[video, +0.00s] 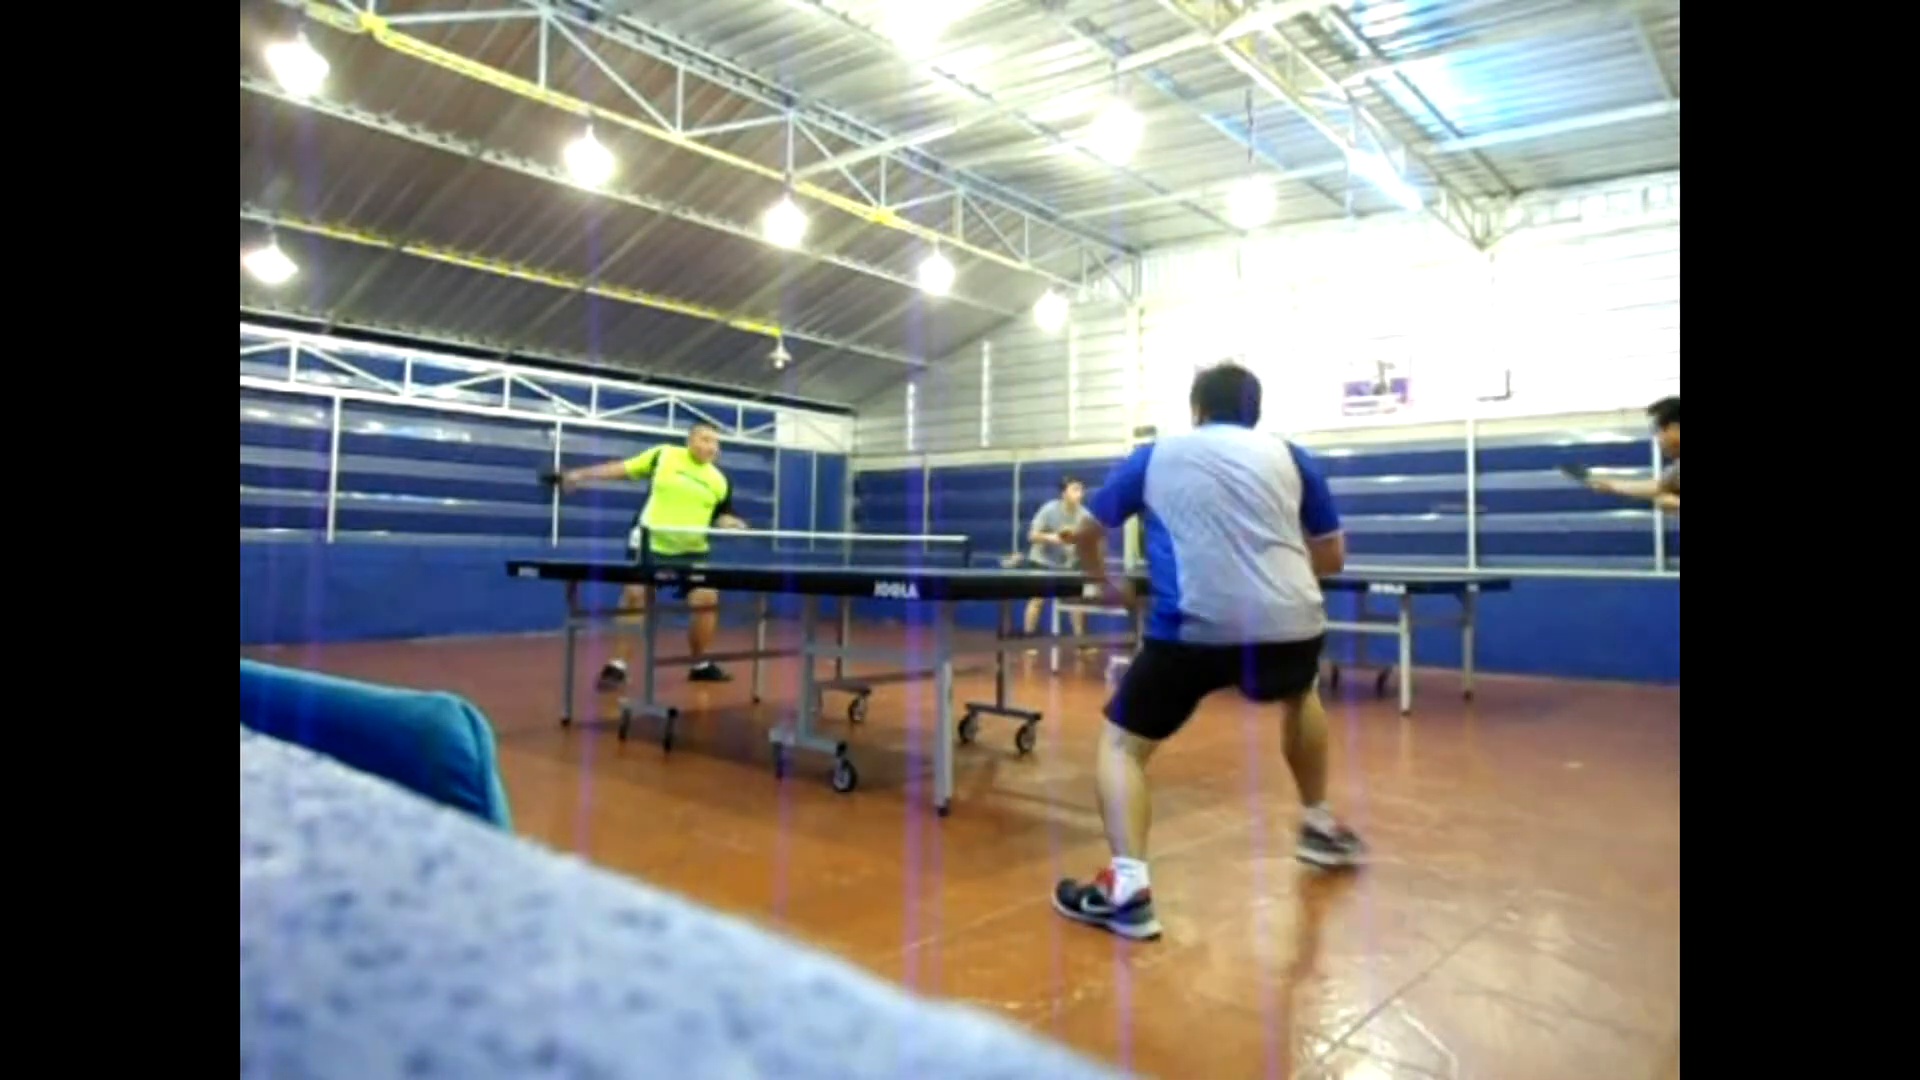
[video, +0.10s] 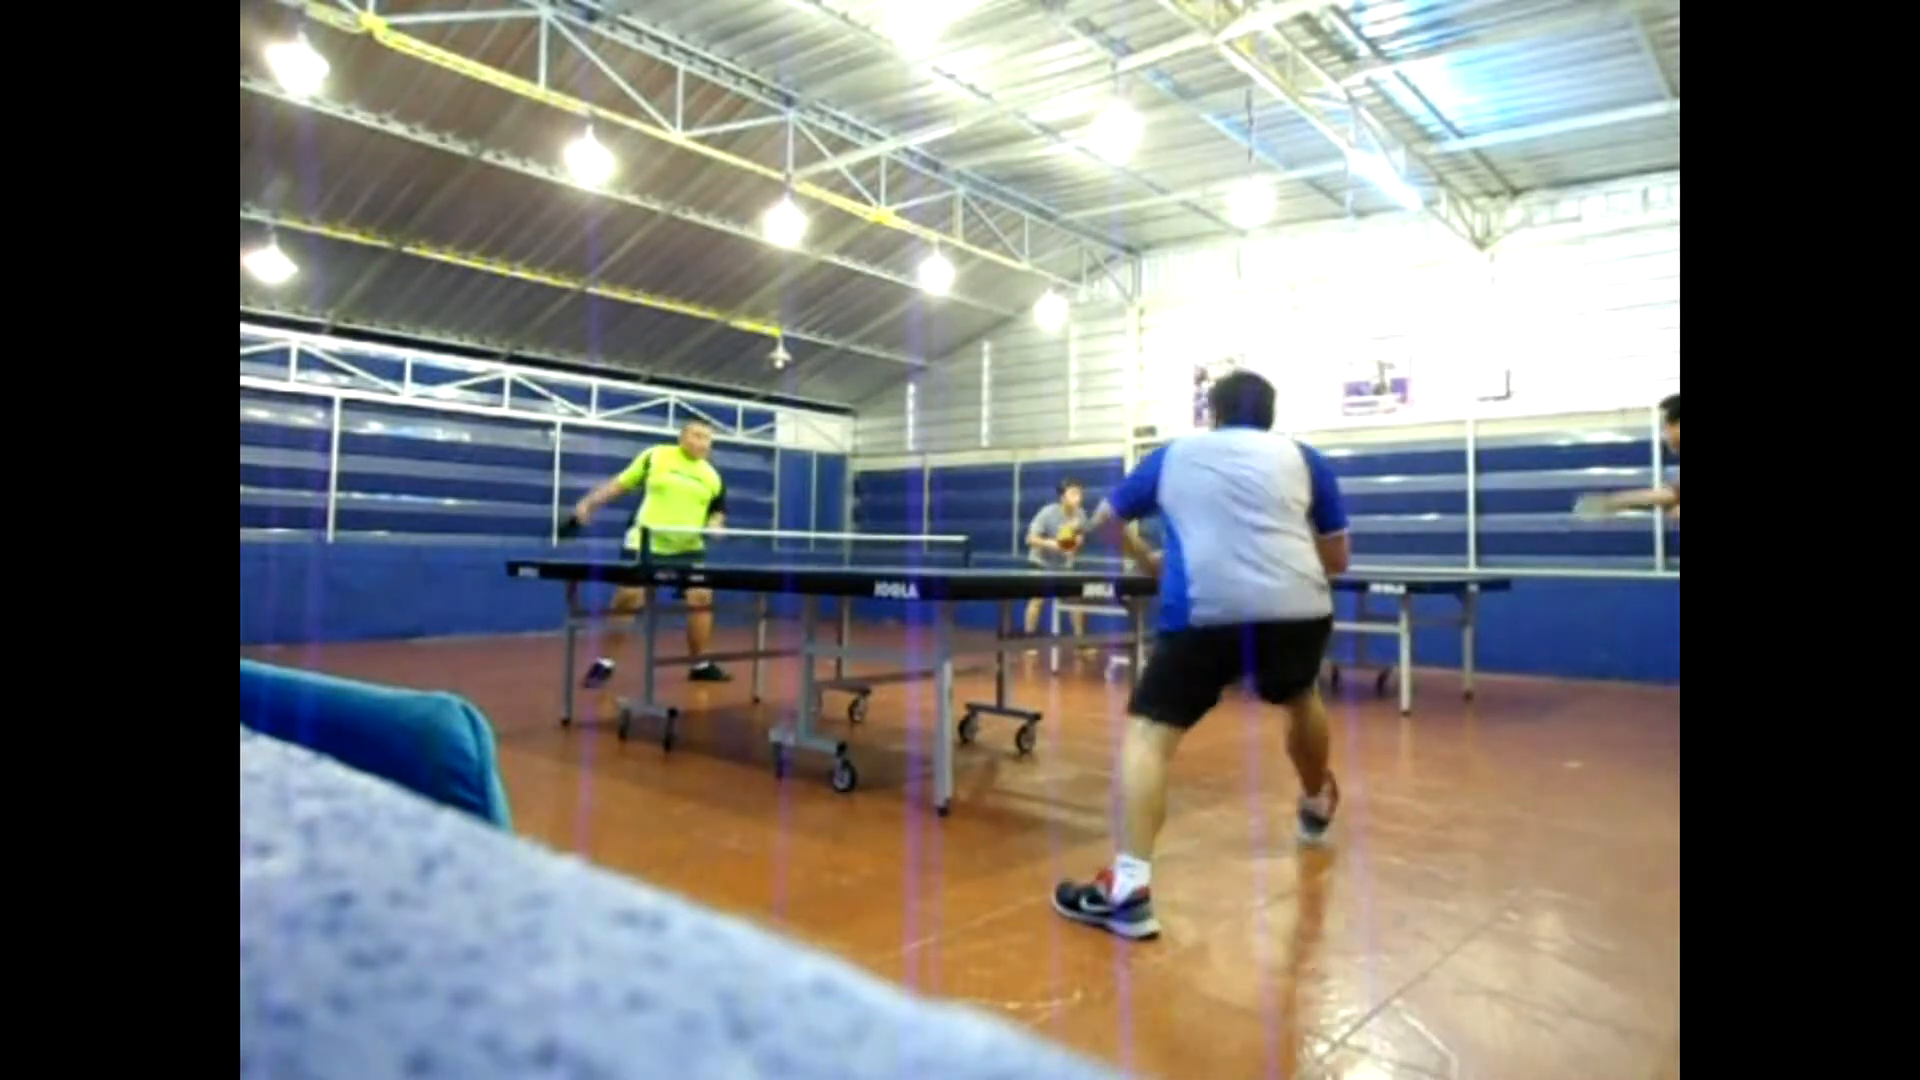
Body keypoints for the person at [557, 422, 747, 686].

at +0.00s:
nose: (710, 447)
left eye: (714, 442)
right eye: (704, 440)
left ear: (717, 448)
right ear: (690, 440)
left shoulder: (719, 481)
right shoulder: (664, 456)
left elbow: (721, 516)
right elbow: (621, 469)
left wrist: (733, 523)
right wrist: (577, 476)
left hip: (693, 548)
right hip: (651, 542)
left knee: (706, 600)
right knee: (634, 598)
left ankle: (701, 662)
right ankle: (618, 663)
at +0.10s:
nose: (699, 442)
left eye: (705, 438)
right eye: (695, 435)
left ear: (710, 444)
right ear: (682, 436)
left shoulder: (712, 478)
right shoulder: (656, 457)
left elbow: (717, 511)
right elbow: (620, 484)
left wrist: (715, 525)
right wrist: (588, 503)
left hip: (689, 545)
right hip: (647, 541)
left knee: (701, 599)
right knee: (627, 600)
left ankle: (701, 661)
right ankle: (606, 661)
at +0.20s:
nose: (691, 443)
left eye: (696, 438)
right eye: (686, 435)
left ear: (699, 443)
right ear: (671, 436)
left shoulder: (702, 476)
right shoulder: (642, 459)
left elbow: (708, 508)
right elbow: (614, 494)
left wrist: (703, 524)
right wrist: (602, 522)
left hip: (680, 550)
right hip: (637, 546)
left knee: (695, 598)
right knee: (623, 603)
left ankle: (700, 661)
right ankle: (602, 662)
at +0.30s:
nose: (677, 442)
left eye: (682, 436)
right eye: (672, 434)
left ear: (685, 442)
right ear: (657, 434)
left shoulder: (688, 474)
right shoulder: (629, 460)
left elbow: (694, 506)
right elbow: (606, 497)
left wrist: (690, 523)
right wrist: (615, 527)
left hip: (671, 548)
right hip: (630, 547)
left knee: (686, 601)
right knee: (617, 606)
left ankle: (699, 661)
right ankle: (603, 664)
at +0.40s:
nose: (665, 437)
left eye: (669, 432)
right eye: (659, 430)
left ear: (674, 438)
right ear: (646, 432)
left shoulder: (679, 469)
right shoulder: (620, 457)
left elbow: (686, 501)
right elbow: (600, 492)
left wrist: (680, 520)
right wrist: (615, 514)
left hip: (662, 545)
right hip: (621, 545)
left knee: (677, 600)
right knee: (614, 605)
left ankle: (689, 660)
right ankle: (602, 663)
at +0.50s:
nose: (656, 433)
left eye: (661, 427)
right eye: (651, 426)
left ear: (666, 430)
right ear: (637, 427)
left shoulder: (675, 462)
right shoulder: (613, 453)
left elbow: (686, 497)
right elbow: (597, 487)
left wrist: (673, 513)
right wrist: (606, 509)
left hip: (661, 540)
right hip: (619, 540)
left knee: (669, 600)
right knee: (610, 603)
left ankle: (668, 659)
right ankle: (599, 660)